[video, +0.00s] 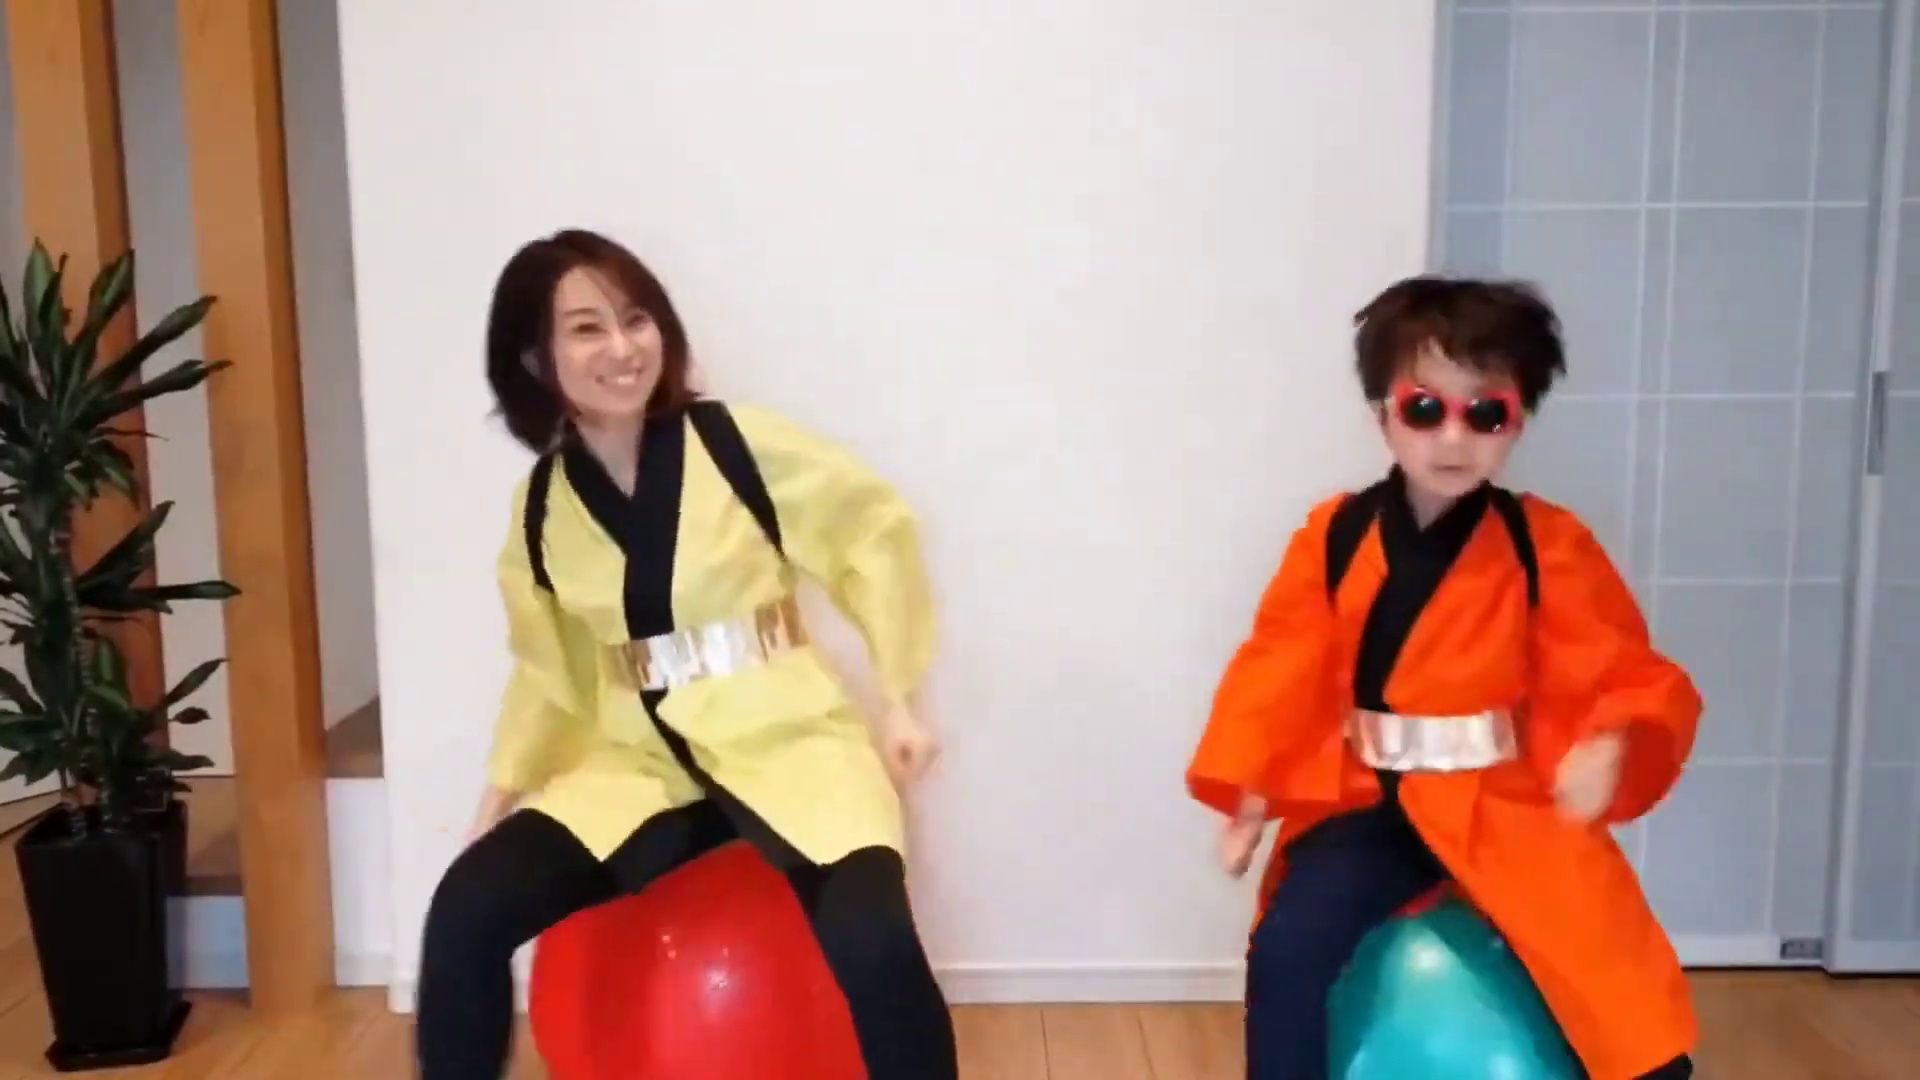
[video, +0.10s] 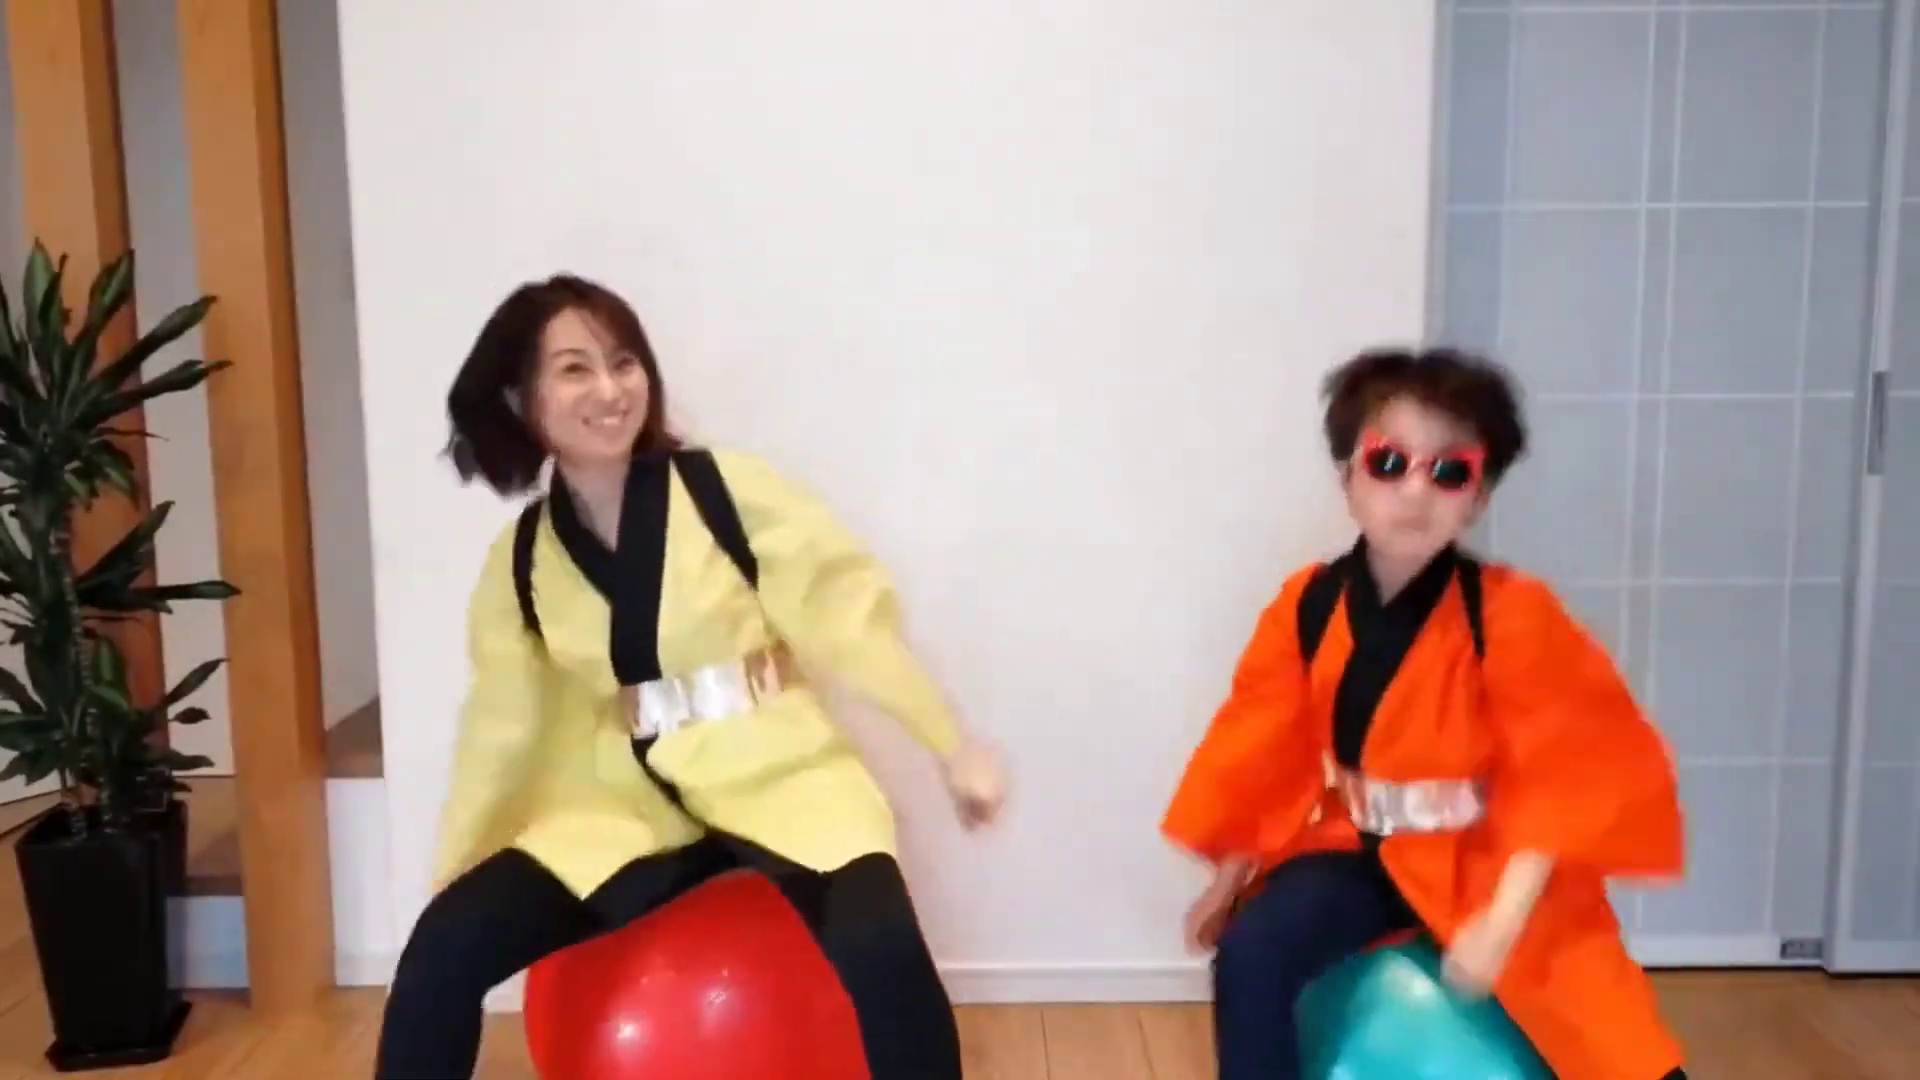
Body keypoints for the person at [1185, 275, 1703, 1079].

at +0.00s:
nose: (1452, 436)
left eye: (1486, 412)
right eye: (1423, 408)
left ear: (1519, 425)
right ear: (1382, 415)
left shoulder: (1547, 543)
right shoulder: (1338, 534)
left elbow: (1632, 677)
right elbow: (1281, 659)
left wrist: (1614, 740)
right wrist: (1256, 779)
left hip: (1515, 811)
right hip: (1372, 809)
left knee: (1616, 957)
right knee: (1289, 944)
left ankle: (1652, 1065)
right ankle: (1283, 1067)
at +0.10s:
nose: (1415, 489)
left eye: (1451, 469)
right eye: (1388, 461)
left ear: (1480, 495)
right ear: (1347, 478)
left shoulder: (1512, 613)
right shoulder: (1309, 606)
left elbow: (1574, 769)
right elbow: (1260, 747)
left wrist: (1505, 916)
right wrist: (1231, 874)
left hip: (1494, 867)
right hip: (1361, 859)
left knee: (1609, 1028)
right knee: (1251, 951)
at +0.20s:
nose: (1376, 558)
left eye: (1411, 536)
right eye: (1350, 529)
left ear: (1446, 567)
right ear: (1317, 548)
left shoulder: (1464, 698)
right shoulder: (1293, 675)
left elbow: (1465, 883)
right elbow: (1246, 814)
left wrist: (1429, 1057)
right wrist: (1198, 947)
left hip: (1467, 923)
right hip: (1359, 909)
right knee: (1214, 982)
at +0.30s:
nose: (1351, 513)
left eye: (1386, 494)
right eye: (1327, 484)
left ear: (1423, 522)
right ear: (1295, 500)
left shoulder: (1434, 653)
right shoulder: (1272, 638)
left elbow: (1407, 840)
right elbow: (1204, 776)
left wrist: (1357, 1011)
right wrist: (1108, 899)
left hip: (1454, 895)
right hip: (1337, 883)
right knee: (1197, 986)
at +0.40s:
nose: (1345, 432)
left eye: (1378, 411)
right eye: (1320, 404)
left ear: (1417, 431)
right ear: (1285, 415)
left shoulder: (1432, 564)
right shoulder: (1265, 558)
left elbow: (1407, 734)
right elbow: (1181, 673)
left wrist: (1329, 877)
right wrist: (1058, 748)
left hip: (1452, 824)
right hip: (1329, 811)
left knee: (1531, 1017)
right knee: (1211, 977)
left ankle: (1598, 1067)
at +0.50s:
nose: (1351, 406)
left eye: (1385, 381)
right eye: (1324, 377)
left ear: (1422, 398)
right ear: (1288, 388)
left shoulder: (1446, 524)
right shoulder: (1266, 524)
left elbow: (1471, 662)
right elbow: (1183, 632)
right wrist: (1069, 626)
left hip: (1466, 800)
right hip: (1339, 794)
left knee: (1549, 1003)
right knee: (1253, 950)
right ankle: (1225, 1063)